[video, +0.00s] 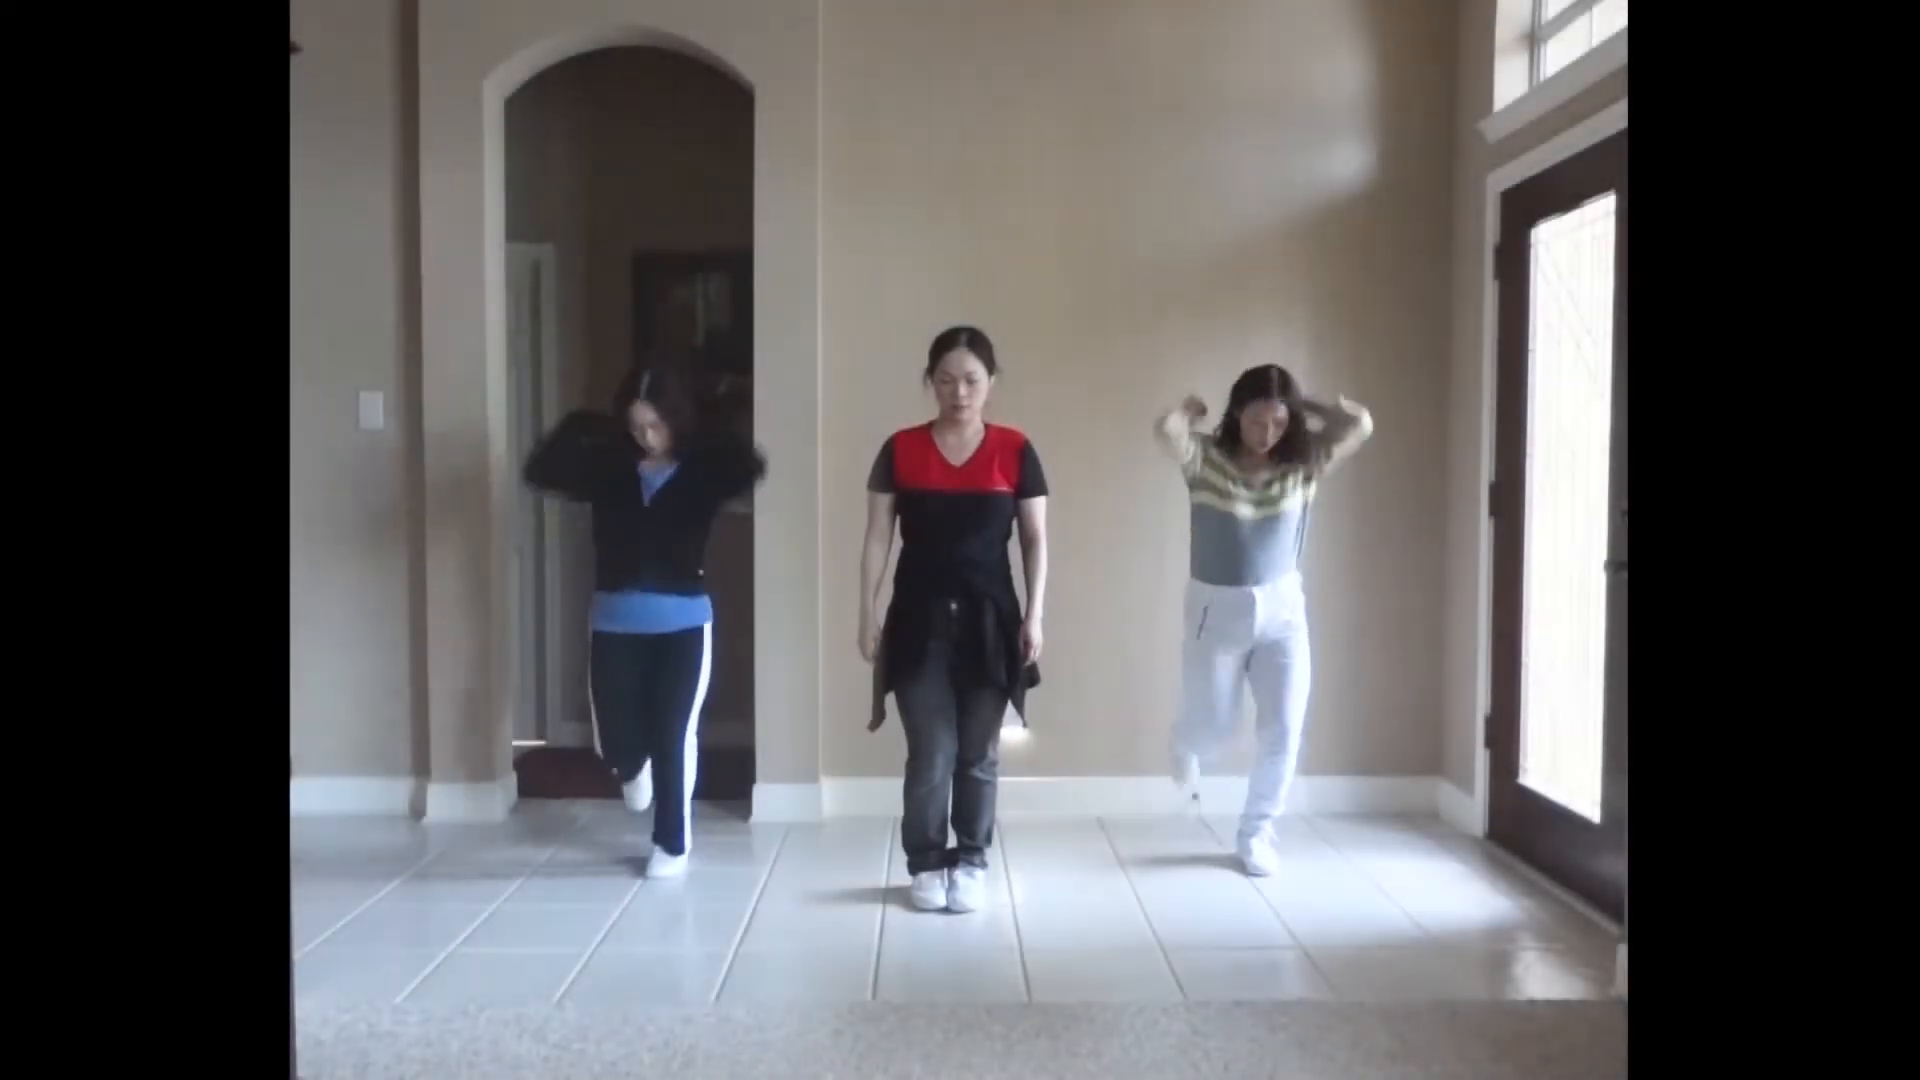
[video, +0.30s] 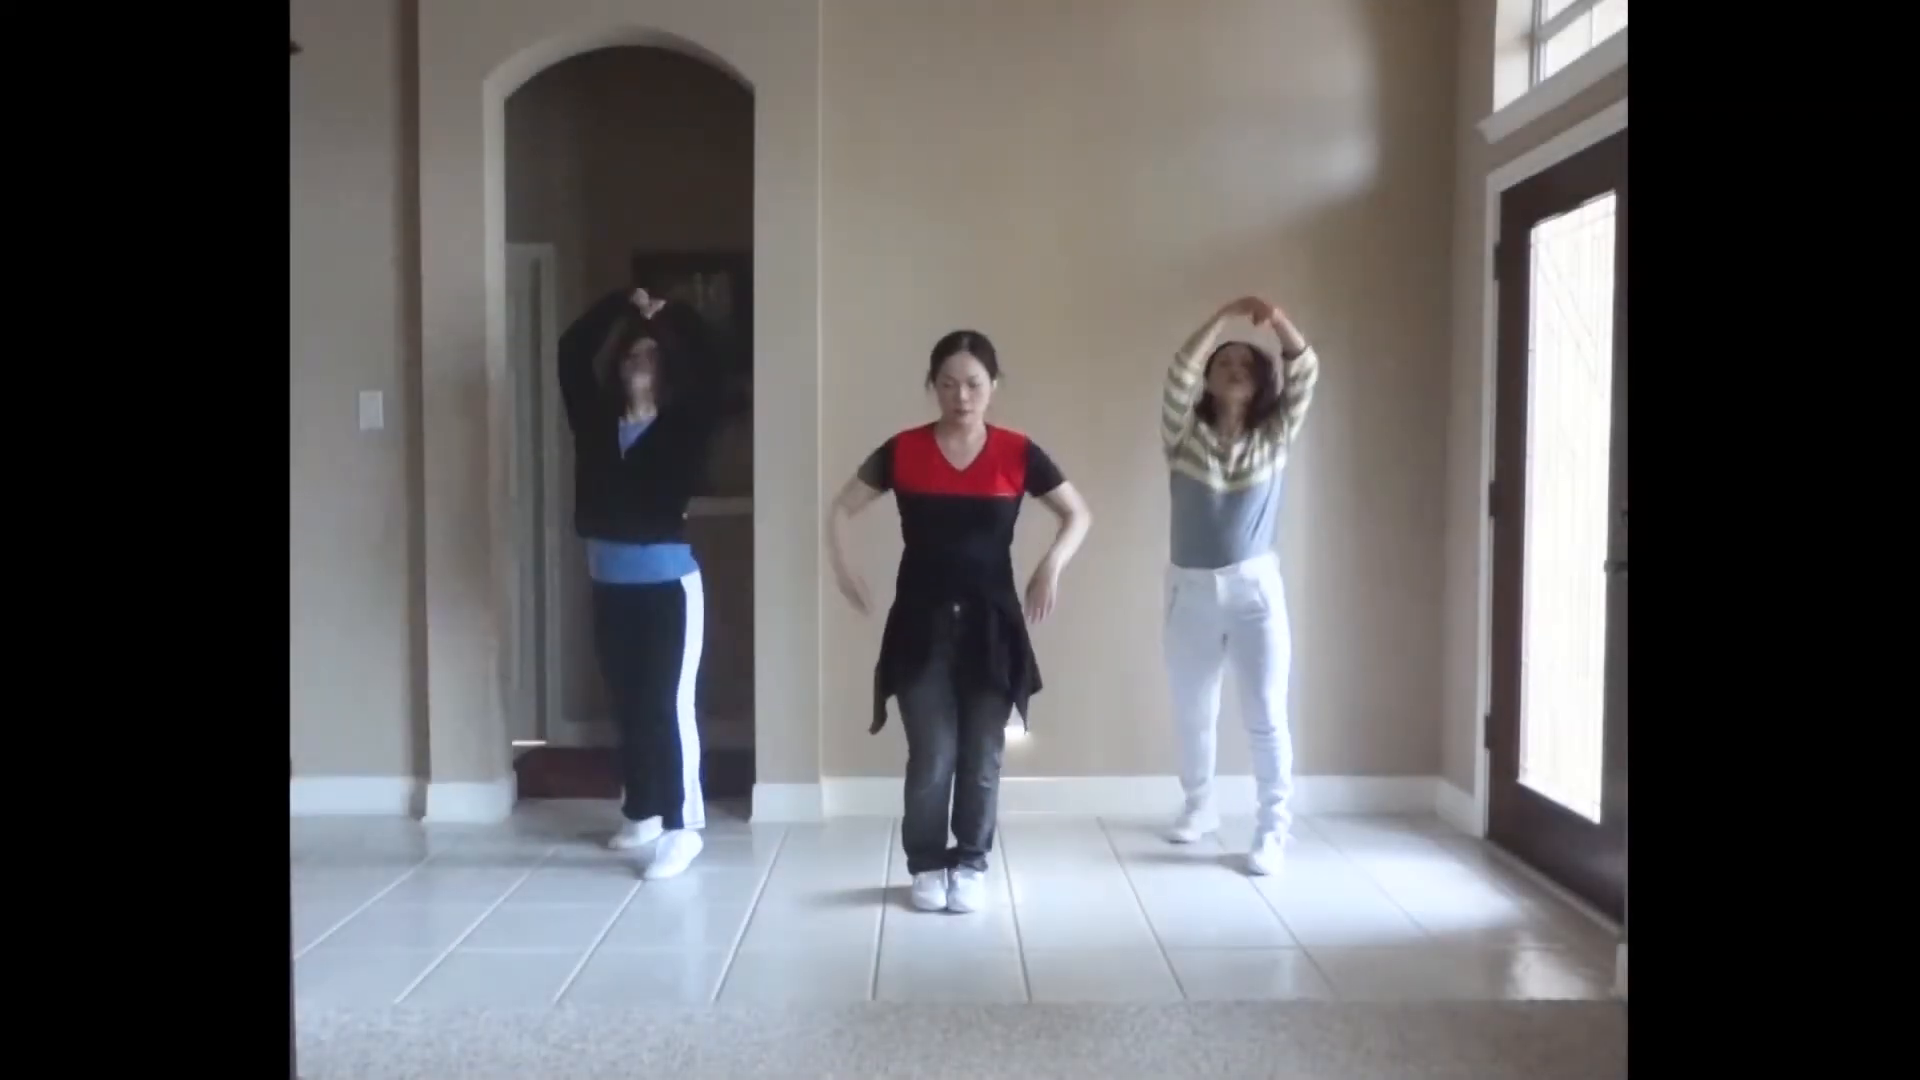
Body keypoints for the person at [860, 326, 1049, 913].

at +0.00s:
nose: (960, 389)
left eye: (971, 379)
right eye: (949, 378)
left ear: (989, 383)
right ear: (931, 382)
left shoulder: (1014, 449)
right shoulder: (902, 448)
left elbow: (1035, 538)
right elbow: (879, 534)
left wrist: (1034, 616)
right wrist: (868, 614)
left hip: (989, 618)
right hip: (918, 617)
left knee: (977, 752)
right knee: (932, 749)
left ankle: (970, 863)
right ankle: (926, 866)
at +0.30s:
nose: (961, 394)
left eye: (973, 383)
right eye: (949, 382)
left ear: (992, 388)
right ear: (933, 386)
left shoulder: (1017, 453)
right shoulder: (903, 451)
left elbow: (1079, 515)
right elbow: (841, 509)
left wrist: (1050, 568)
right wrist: (843, 569)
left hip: (990, 620)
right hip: (921, 619)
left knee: (981, 756)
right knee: (933, 753)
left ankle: (970, 867)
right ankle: (927, 869)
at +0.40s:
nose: (961, 403)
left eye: (973, 392)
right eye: (949, 392)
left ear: (991, 397)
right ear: (933, 397)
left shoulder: (1018, 459)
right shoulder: (905, 458)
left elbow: (1093, 505)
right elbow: (839, 496)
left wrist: (1063, 493)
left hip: (991, 626)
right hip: (922, 627)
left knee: (988, 752)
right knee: (933, 752)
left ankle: (971, 865)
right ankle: (924, 863)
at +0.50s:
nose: (960, 407)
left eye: (972, 396)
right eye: (949, 396)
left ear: (991, 401)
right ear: (934, 402)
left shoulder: (1017, 462)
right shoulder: (905, 461)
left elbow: (1093, 494)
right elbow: (837, 493)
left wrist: (1060, 439)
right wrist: (836, 426)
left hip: (990, 625)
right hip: (921, 625)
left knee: (988, 755)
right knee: (925, 753)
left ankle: (971, 866)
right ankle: (924, 832)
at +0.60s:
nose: (960, 393)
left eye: (971, 382)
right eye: (948, 384)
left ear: (990, 391)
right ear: (934, 394)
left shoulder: (1017, 453)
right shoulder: (906, 451)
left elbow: (1083, 444)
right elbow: (835, 455)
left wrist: (1045, 416)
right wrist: (874, 417)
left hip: (987, 615)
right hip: (920, 614)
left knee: (984, 753)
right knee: (916, 758)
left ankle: (972, 863)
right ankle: (928, 816)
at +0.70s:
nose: (953, 371)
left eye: (966, 362)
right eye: (943, 363)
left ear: (987, 377)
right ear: (930, 379)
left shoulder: (1009, 440)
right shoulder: (905, 435)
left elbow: (1065, 380)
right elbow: (847, 380)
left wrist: (1003, 361)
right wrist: (903, 368)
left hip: (983, 608)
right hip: (917, 607)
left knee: (979, 747)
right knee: (913, 743)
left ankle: (972, 862)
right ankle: (929, 821)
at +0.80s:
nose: (952, 361)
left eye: (965, 353)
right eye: (940, 354)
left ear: (983, 374)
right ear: (925, 374)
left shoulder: (1000, 437)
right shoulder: (903, 431)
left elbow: (1033, 355)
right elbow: (878, 344)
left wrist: (985, 312)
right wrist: (934, 315)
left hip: (977, 602)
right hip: (913, 601)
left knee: (974, 741)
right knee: (922, 733)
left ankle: (973, 859)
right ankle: (928, 830)